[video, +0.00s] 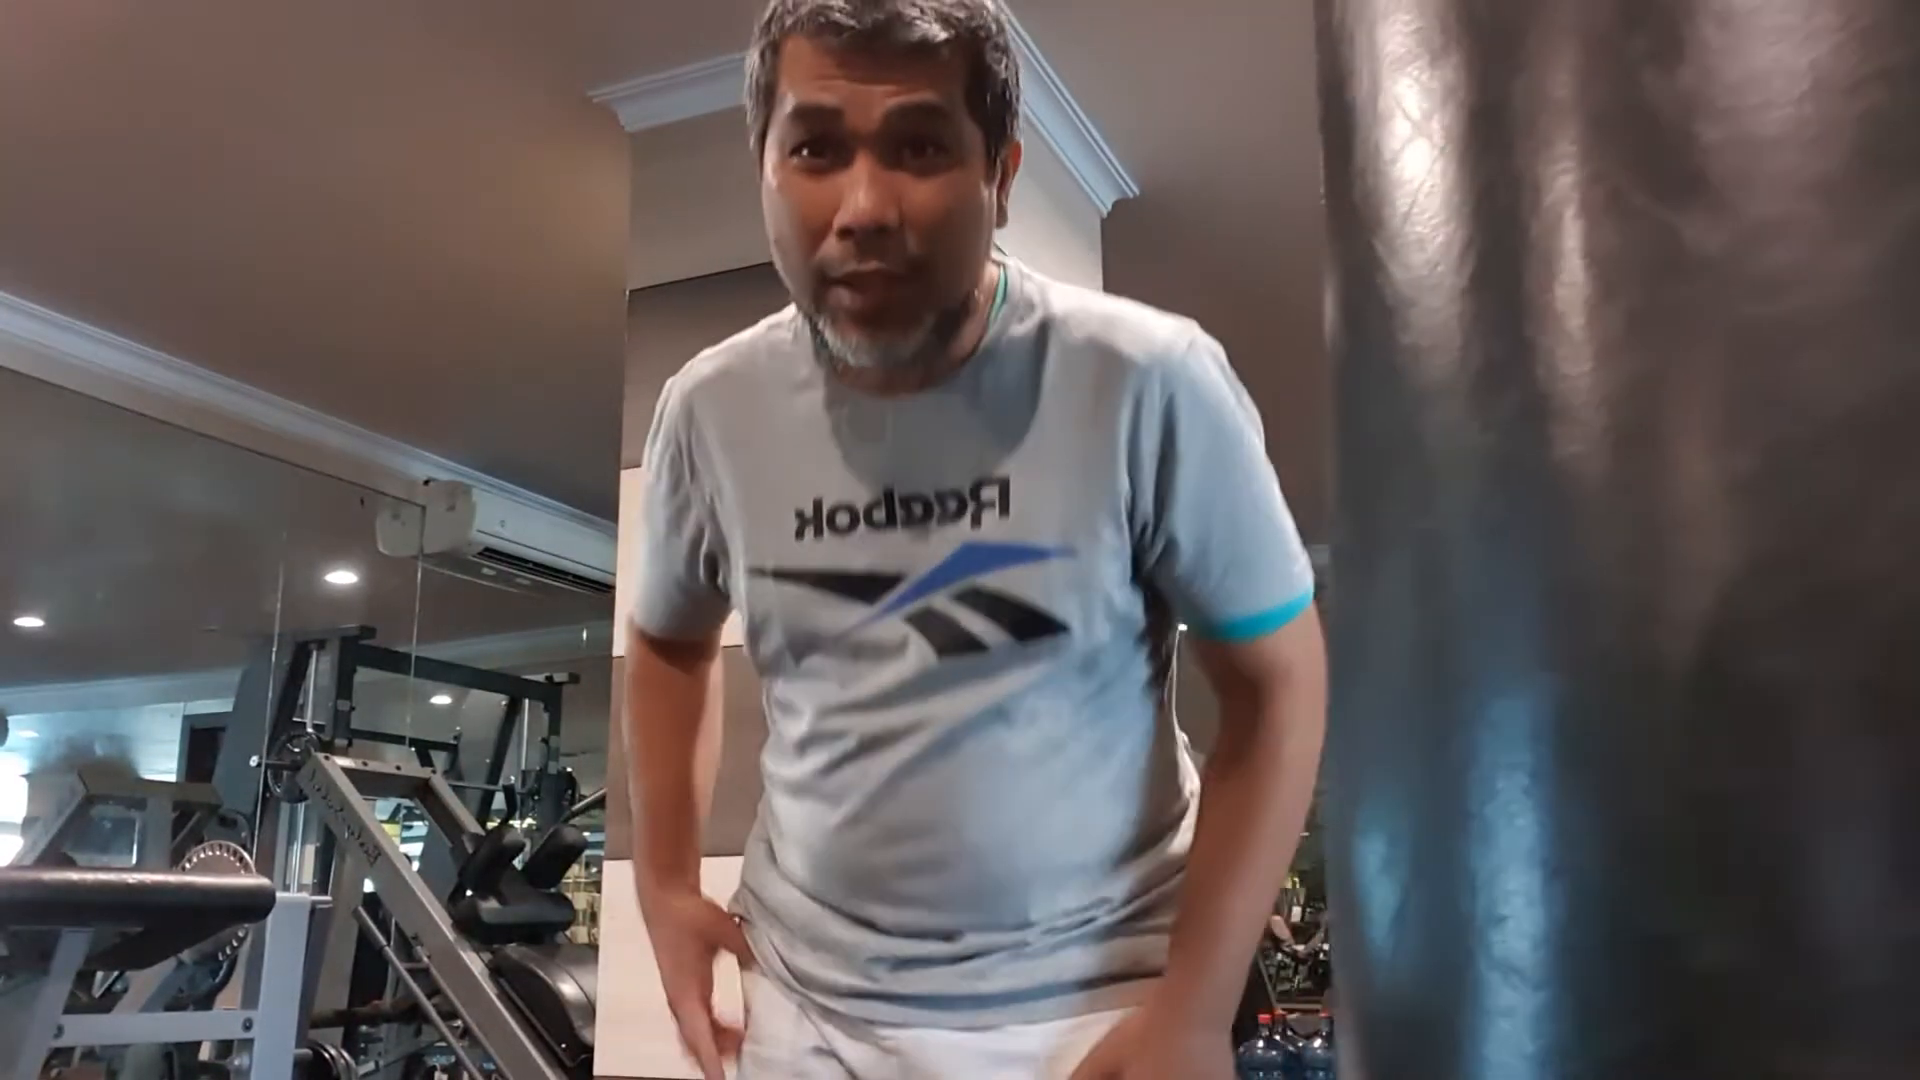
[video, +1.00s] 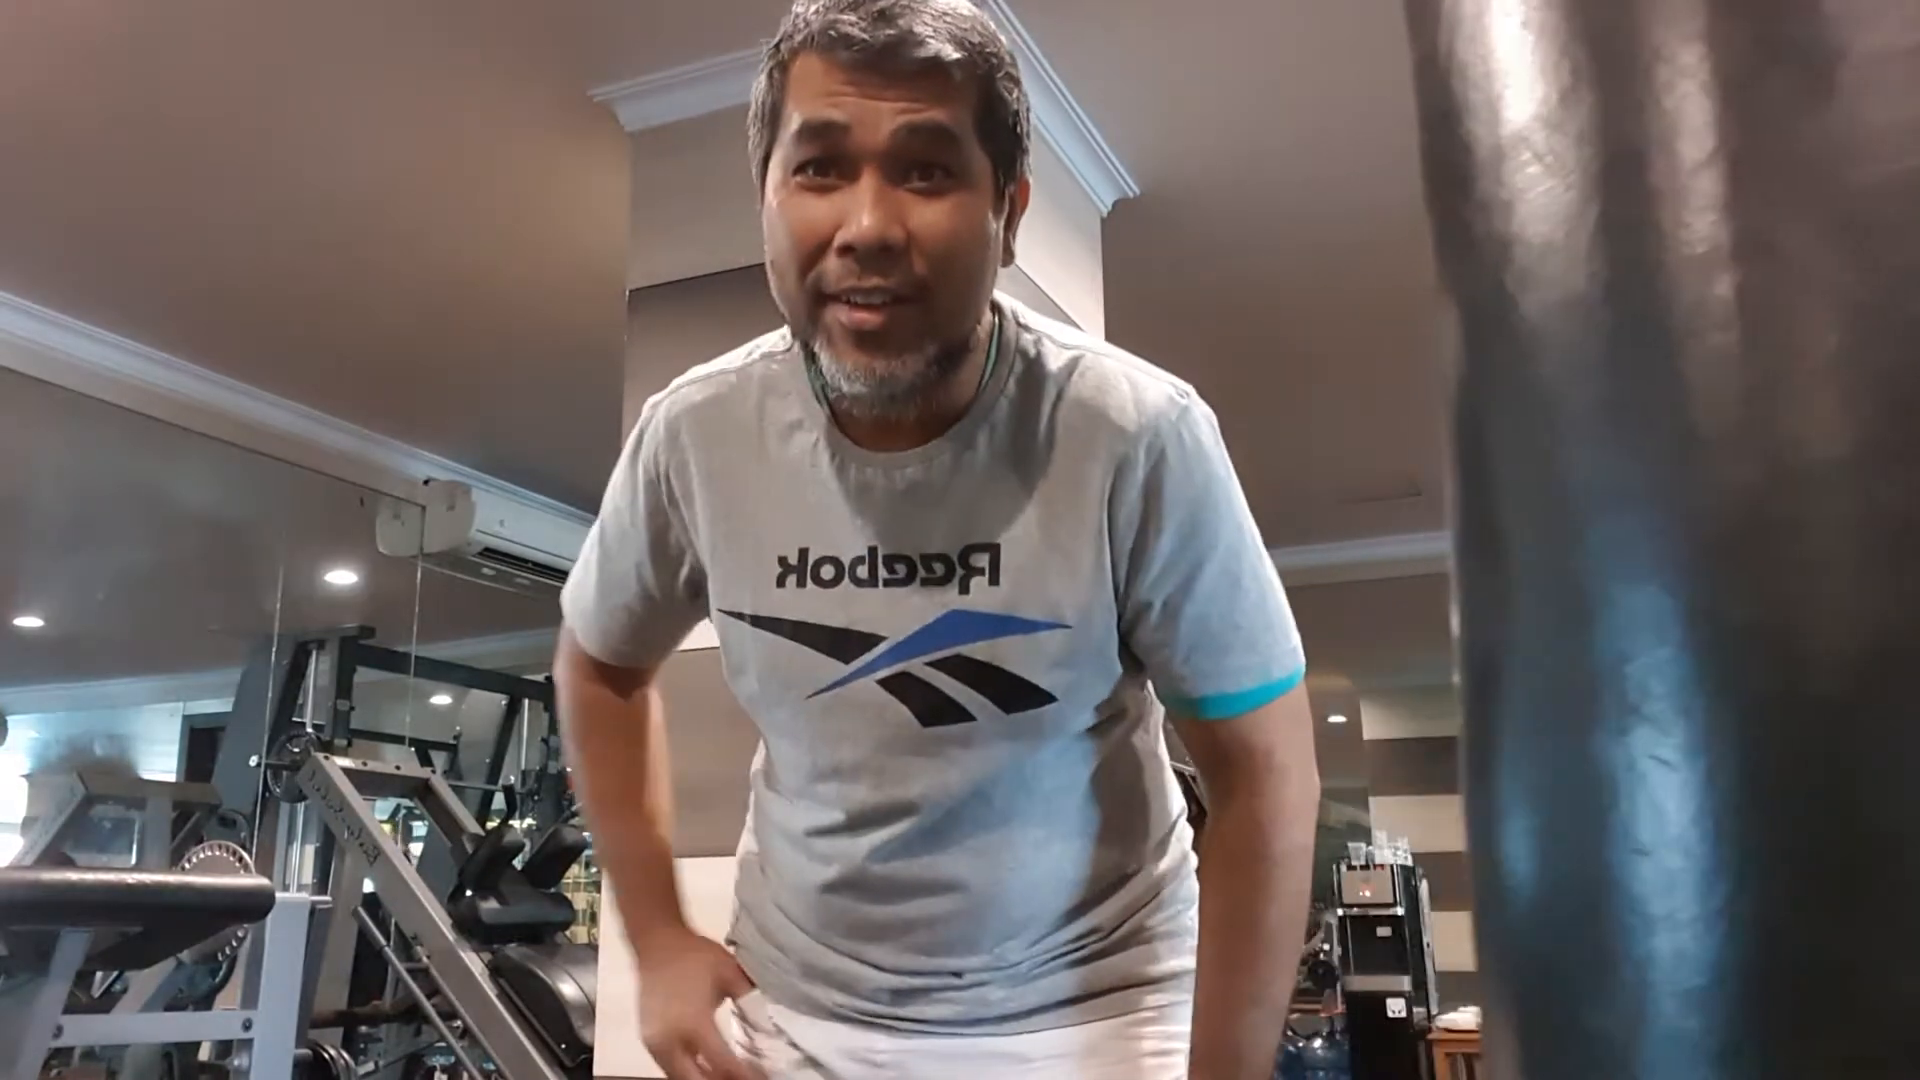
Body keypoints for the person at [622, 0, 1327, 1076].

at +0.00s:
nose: (864, 210)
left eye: (920, 152)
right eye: (818, 151)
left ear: (1002, 170)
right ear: (761, 167)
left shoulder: (1153, 382)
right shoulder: (710, 413)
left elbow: (1279, 683)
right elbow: (666, 644)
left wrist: (1195, 1008)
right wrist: (667, 887)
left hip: (1092, 1013)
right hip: (809, 1009)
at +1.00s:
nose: (867, 227)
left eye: (925, 171)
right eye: (819, 168)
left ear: (1009, 209)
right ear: (765, 203)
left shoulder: (1142, 440)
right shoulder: (690, 442)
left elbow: (1262, 774)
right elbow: (603, 663)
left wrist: (1229, 1068)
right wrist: (658, 937)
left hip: (1092, 1011)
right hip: (797, 1008)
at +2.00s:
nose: (853, 203)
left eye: (913, 152)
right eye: (806, 145)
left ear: (991, 200)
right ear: (750, 180)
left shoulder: (1101, 438)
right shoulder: (676, 396)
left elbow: (1138, 828)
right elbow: (677, 743)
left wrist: (1106, 1069)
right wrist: (990, 678)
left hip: (1005, 1023)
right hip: (748, 1007)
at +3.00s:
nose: (758, 218)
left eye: (814, 163)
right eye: (707, 168)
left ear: (904, 208)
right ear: (659, 216)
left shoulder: (1043, 447)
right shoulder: (627, 435)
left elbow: (1173, 838)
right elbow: (652, 790)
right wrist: (923, 713)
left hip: (1018, 1024)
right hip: (756, 1014)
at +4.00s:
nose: (764, 241)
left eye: (823, 182)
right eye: (713, 184)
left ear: (910, 221)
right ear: (657, 224)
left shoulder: (1034, 462)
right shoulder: (612, 443)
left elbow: (1162, 866)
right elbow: (593, 785)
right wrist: (854, 754)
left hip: (1012, 1028)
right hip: (749, 1014)